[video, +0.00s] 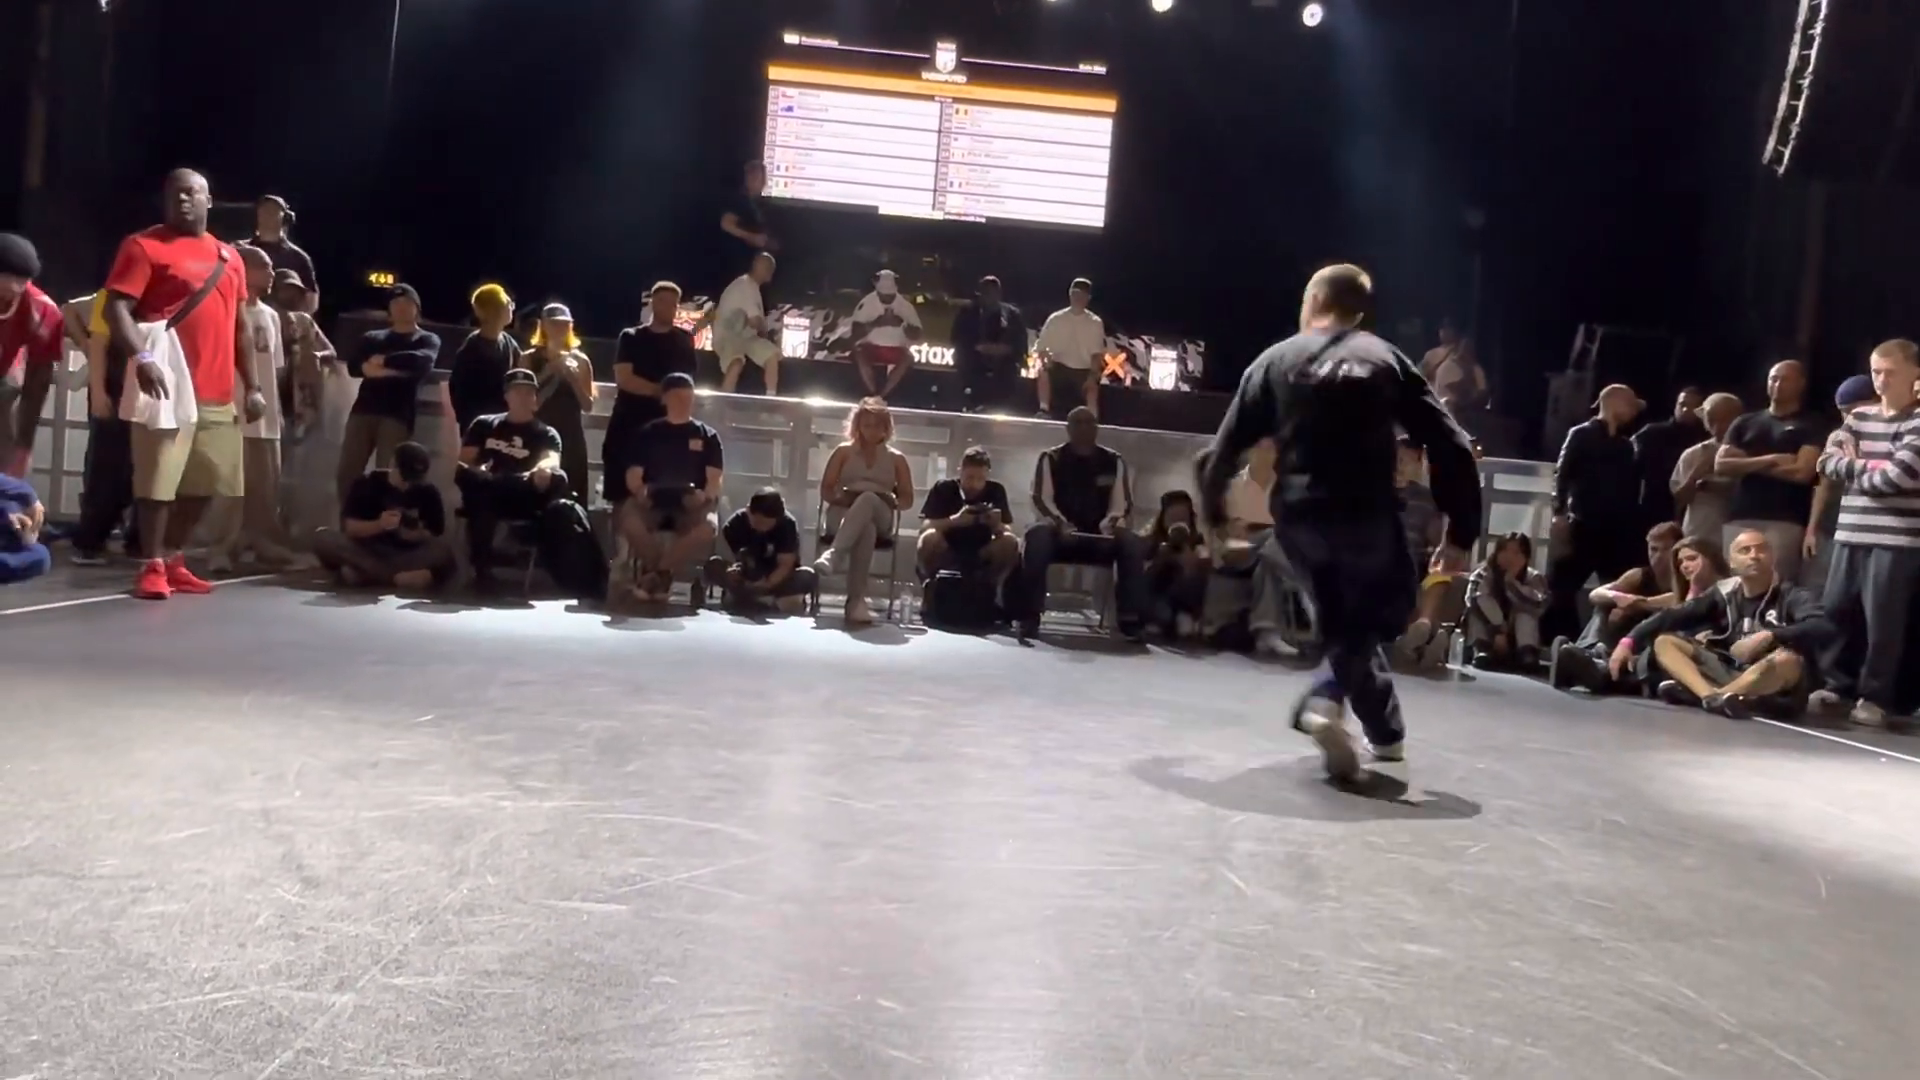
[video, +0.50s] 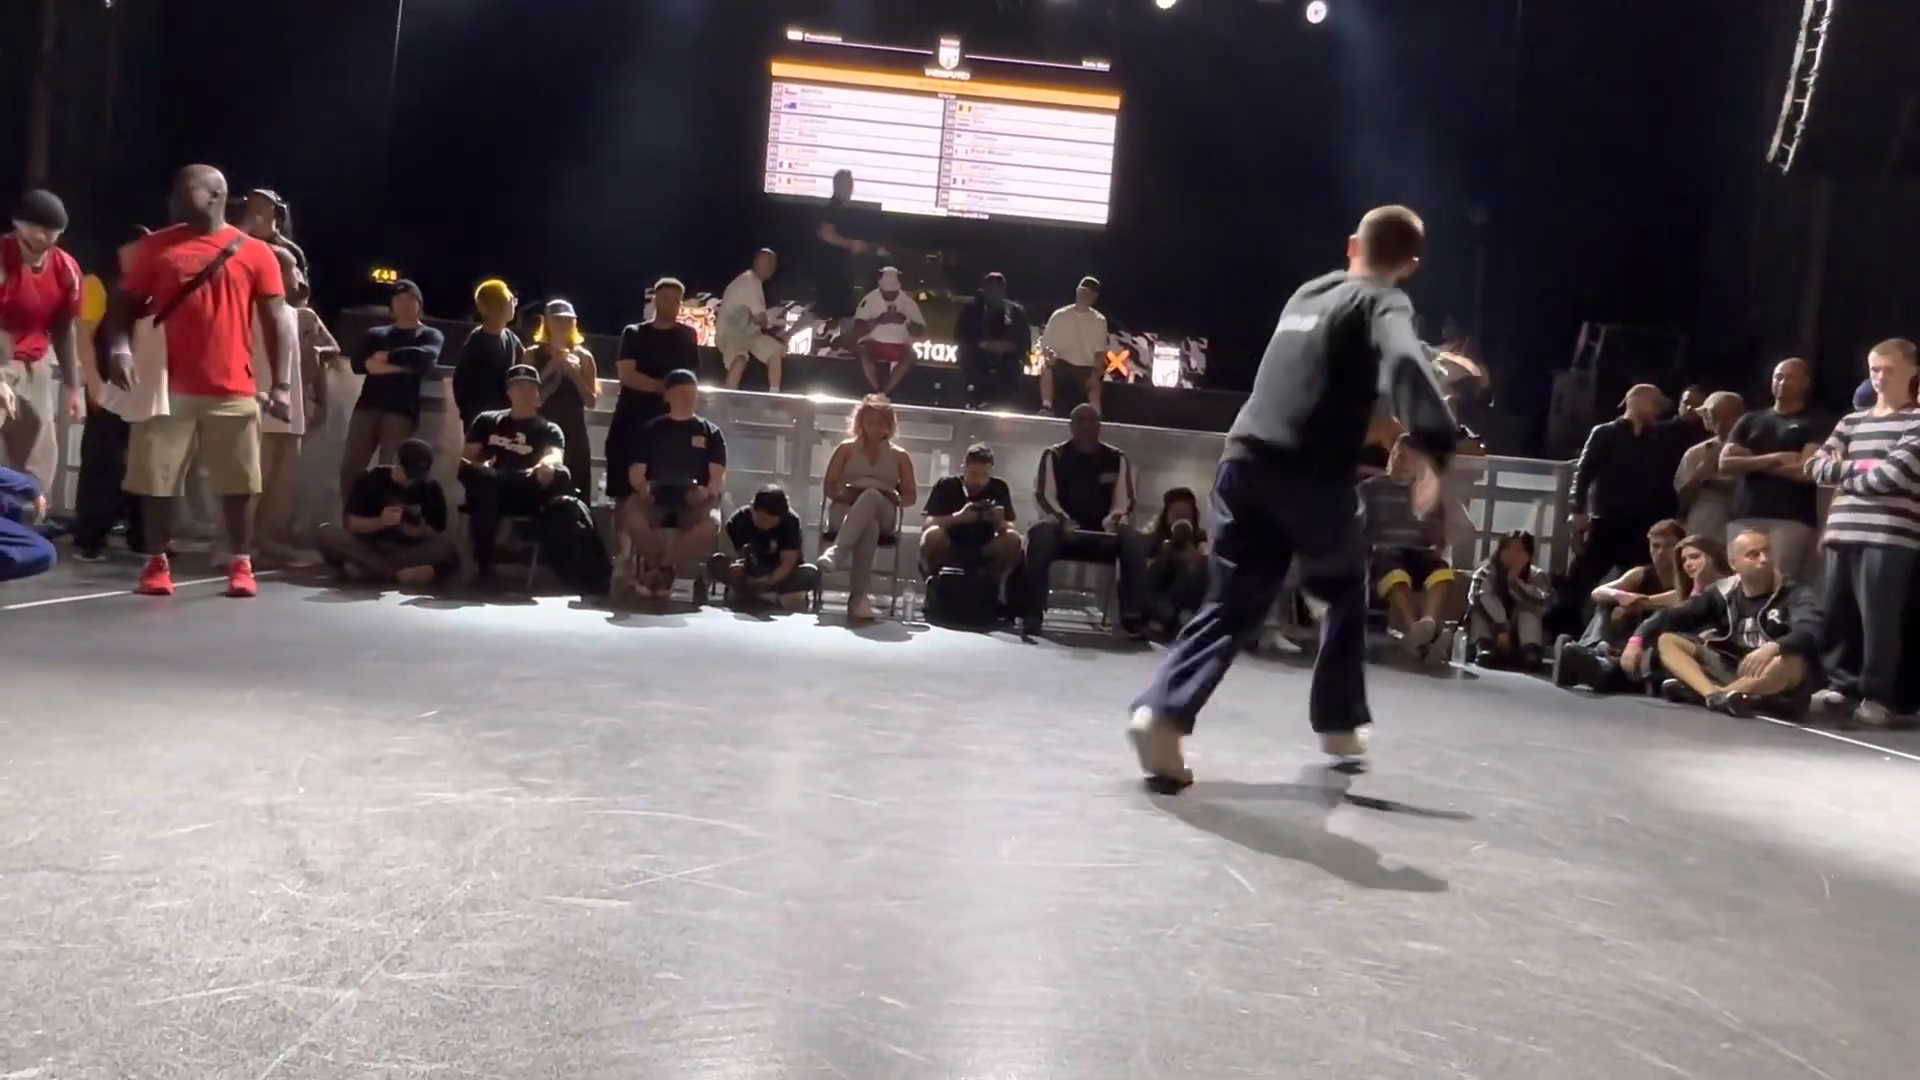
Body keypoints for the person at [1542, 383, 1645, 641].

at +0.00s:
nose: (1634, 409)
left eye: (1634, 404)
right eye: (1630, 403)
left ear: (1614, 406)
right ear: (1614, 404)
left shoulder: (1627, 445)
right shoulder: (1581, 435)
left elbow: (1632, 484)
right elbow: (1562, 473)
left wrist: (1631, 514)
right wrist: (1559, 510)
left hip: (1618, 522)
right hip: (1583, 521)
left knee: (1619, 586)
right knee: (1565, 583)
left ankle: (1618, 646)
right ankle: (1557, 637)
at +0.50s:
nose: (1658, 409)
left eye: (1658, 403)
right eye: (1653, 402)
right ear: (1637, 402)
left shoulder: (1663, 437)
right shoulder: (1604, 434)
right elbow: (1583, 473)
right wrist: (1578, 511)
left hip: (1648, 520)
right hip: (1608, 520)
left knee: (1643, 581)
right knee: (1583, 578)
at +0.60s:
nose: (1661, 409)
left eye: (1661, 403)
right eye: (1656, 402)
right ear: (1639, 402)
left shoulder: (1664, 436)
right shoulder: (1606, 433)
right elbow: (1584, 474)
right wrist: (1579, 510)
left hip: (1649, 522)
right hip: (1609, 521)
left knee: (1645, 584)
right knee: (1583, 578)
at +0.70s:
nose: (1663, 408)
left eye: (1663, 403)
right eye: (1658, 401)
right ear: (1640, 402)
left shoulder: (1666, 436)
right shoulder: (1607, 433)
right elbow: (1585, 474)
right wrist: (1580, 511)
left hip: (1650, 523)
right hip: (1609, 521)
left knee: (1643, 583)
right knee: (1586, 576)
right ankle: (1565, 628)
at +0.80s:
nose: (1664, 407)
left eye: (1663, 402)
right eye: (1659, 400)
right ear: (1640, 403)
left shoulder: (1667, 437)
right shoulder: (1607, 433)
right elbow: (1584, 472)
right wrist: (1579, 510)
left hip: (1649, 523)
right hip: (1608, 521)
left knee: (1642, 583)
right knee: (1583, 578)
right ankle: (1564, 630)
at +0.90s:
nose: (1665, 405)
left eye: (1663, 401)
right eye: (1658, 399)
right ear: (1640, 403)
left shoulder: (1665, 436)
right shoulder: (1609, 431)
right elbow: (1586, 470)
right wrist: (1580, 507)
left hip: (1647, 521)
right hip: (1606, 520)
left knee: (1639, 582)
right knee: (1582, 577)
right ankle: (1563, 629)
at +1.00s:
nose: (1662, 407)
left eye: (1660, 403)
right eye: (1657, 402)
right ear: (1638, 405)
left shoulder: (1661, 435)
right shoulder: (1611, 431)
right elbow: (1591, 468)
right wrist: (1587, 504)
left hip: (1646, 517)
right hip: (1609, 516)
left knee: (1639, 577)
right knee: (1587, 572)